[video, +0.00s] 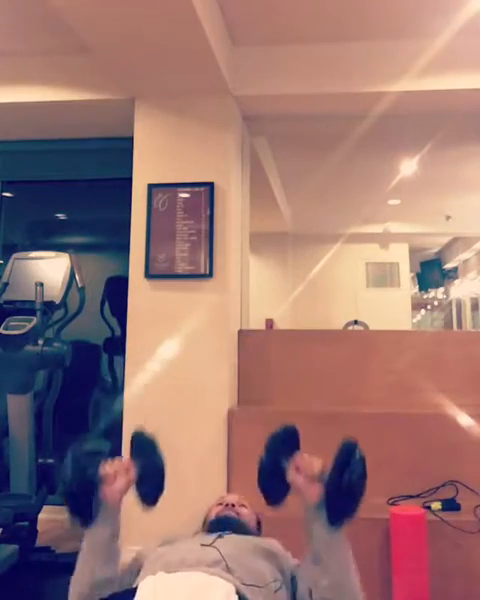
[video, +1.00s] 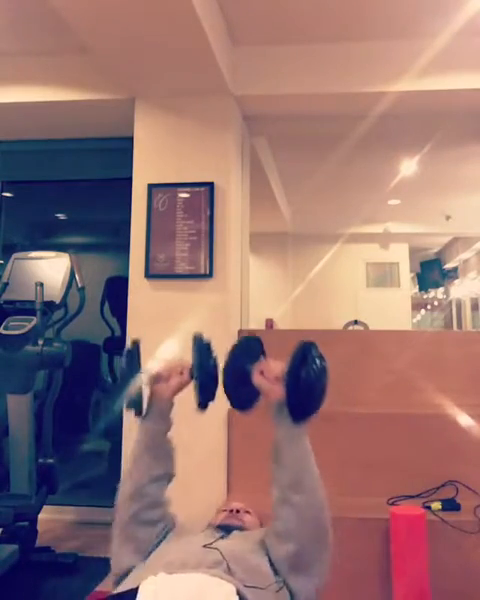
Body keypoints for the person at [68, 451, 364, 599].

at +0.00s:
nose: (229, 504)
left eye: (240, 506)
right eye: (220, 504)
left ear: (259, 526)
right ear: (202, 523)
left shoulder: (274, 554)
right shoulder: (159, 552)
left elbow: (338, 594)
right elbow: (88, 593)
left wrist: (317, 510)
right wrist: (108, 509)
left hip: (225, 589)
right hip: (154, 587)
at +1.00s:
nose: (234, 510)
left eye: (245, 512)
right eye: (226, 509)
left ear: (261, 529)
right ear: (209, 521)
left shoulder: (281, 560)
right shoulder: (155, 546)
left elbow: (301, 502)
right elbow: (142, 486)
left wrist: (284, 407)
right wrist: (159, 403)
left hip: (223, 588)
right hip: (144, 588)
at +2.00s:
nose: (233, 515)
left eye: (245, 516)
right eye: (225, 514)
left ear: (263, 535)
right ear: (207, 526)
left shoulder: (277, 552)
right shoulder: (157, 549)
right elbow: (95, 538)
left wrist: (308, 440)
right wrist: (122, 439)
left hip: (229, 589)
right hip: (155, 585)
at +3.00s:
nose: (229, 501)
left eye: (240, 502)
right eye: (219, 500)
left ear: (256, 525)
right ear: (202, 520)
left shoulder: (268, 555)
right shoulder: (156, 553)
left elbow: (299, 596)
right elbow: (114, 597)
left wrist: (316, 580)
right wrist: (104, 568)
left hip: (219, 588)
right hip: (150, 586)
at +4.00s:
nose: (235, 510)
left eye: (246, 511)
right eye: (227, 509)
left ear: (262, 531)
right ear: (207, 524)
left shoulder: (275, 551)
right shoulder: (158, 548)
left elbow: (329, 558)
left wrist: (304, 450)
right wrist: (131, 443)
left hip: (229, 588)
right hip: (153, 586)